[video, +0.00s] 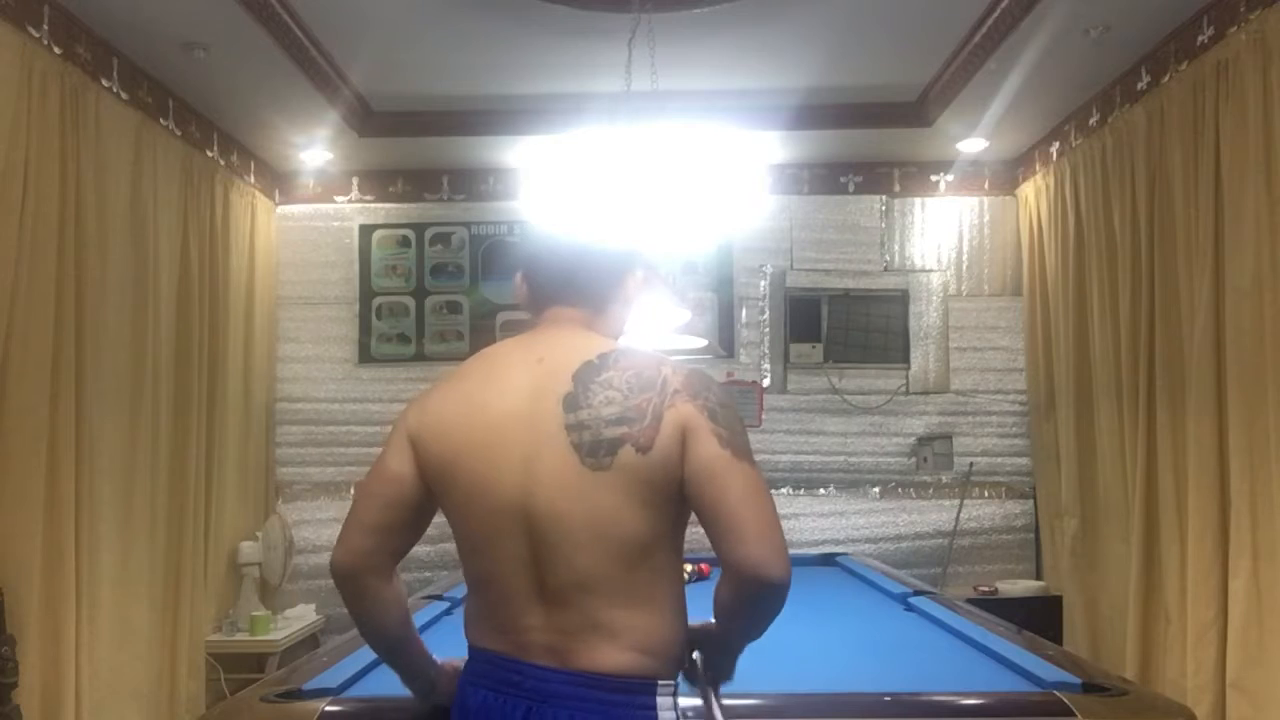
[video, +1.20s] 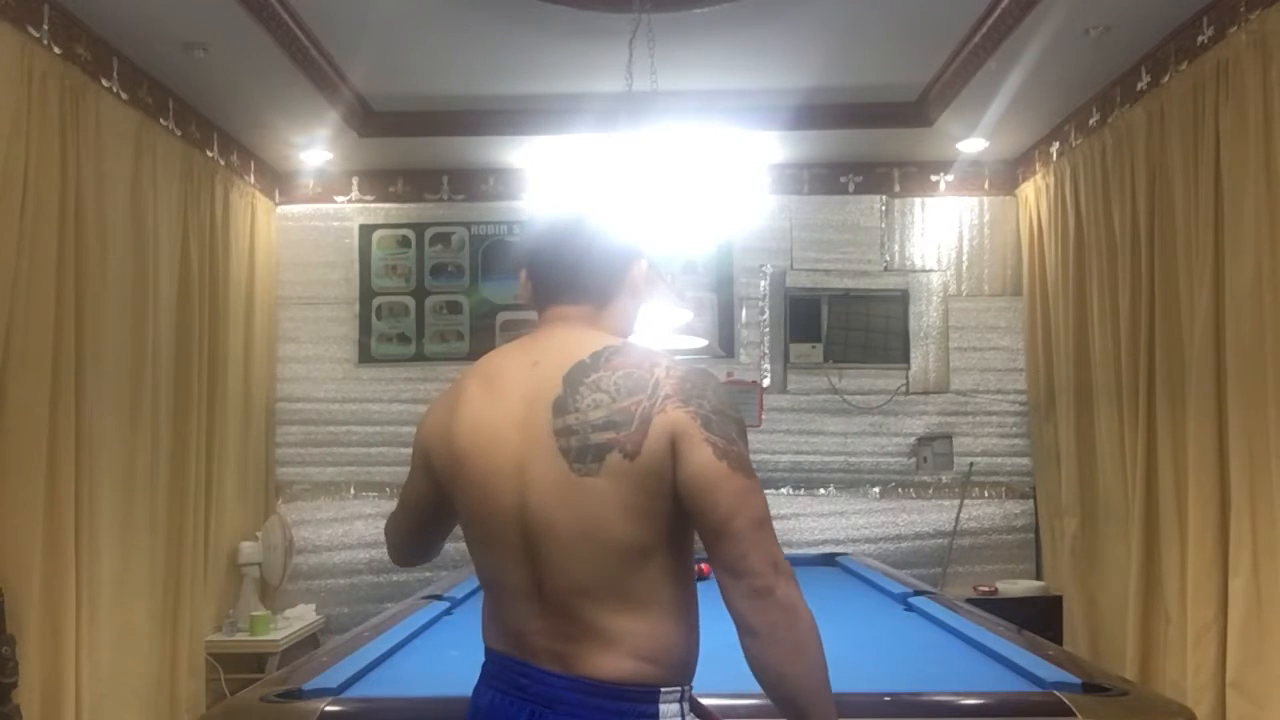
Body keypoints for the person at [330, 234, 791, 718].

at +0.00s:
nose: (644, 293)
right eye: (643, 280)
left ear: (525, 286)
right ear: (630, 283)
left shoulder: (444, 399)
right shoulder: (675, 392)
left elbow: (357, 562)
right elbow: (762, 568)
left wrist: (426, 678)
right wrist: (722, 646)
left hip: (487, 699)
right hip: (622, 702)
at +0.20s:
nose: (645, 297)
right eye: (645, 285)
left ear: (524, 289)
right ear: (632, 286)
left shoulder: (454, 400)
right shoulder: (674, 393)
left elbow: (376, 566)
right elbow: (757, 578)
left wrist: (462, 650)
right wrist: (711, 659)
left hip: (492, 699)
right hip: (635, 702)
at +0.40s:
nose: (650, 293)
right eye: (649, 280)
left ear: (524, 287)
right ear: (634, 282)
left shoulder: (456, 404)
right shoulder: (670, 390)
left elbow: (433, 582)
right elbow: (748, 581)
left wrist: (518, 622)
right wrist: (706, 659)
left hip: (491, 697)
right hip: (629, 704)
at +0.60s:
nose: (649, 293)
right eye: (647, 278)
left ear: (526, 288)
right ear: (635, 280)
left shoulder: (458, 402)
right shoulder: (659, 387)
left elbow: (452, 580)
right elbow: (745, 589)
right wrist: (756, 704)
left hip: (491, 694)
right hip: (623, 703)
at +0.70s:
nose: (653, 290)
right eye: (651, 276)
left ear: (527, 286)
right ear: (636, 279)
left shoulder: (457, 405)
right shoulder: (661, 389)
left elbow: (443, 567)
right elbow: (744, 588)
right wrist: (774, 708)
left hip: (491, 694)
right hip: (622, 704)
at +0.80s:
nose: (647, 297)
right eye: (648, 282)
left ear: (527, 287)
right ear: (636, 281)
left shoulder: (461, 397)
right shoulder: (664, 390)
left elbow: (428, 544)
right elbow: (747, 583)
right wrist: (799, 710)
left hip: (492, 695)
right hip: (621, 703)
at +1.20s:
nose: (649, 287)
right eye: (648, 275)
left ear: (530, 285)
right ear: (637, 276)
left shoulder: (461, 397)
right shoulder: (677, 391)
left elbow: (406, 544)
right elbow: (761, 590)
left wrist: (473, 458)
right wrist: (819, 712)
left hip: (503, 695)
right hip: (635, 702)